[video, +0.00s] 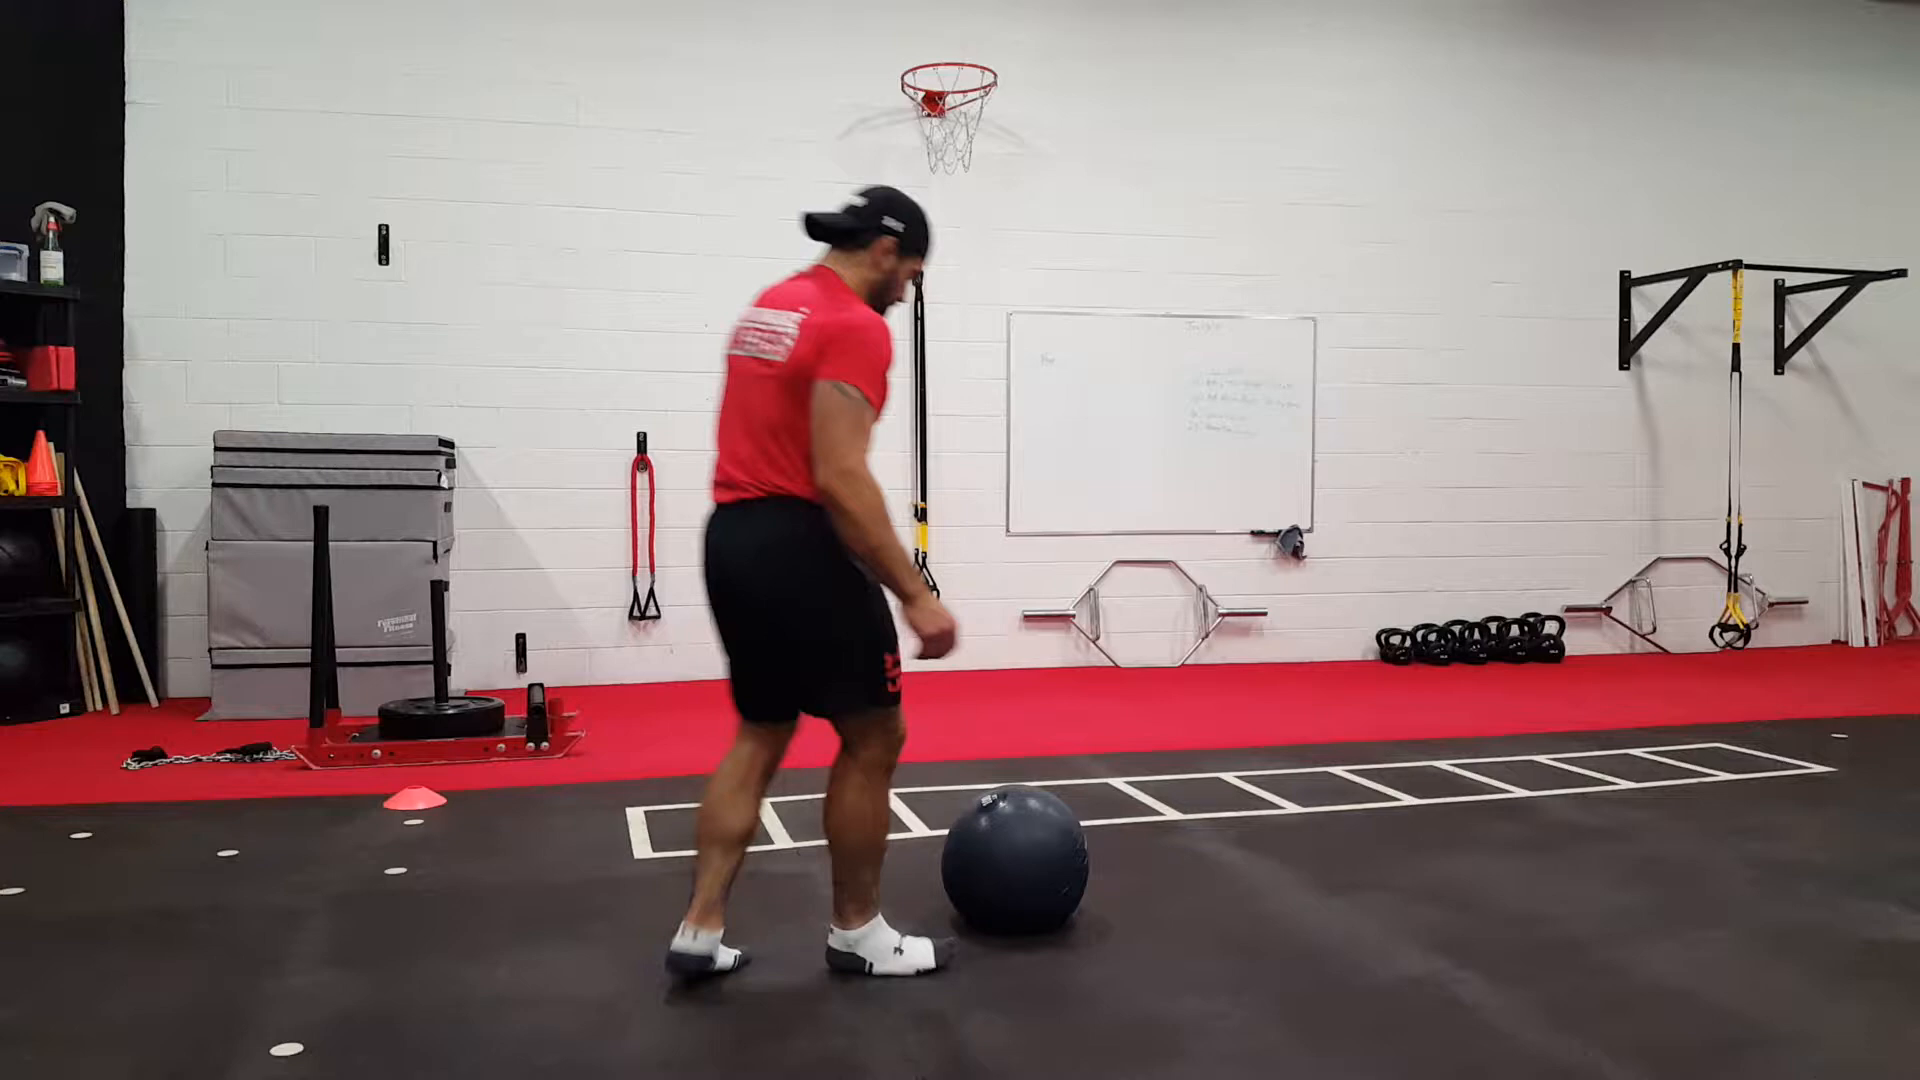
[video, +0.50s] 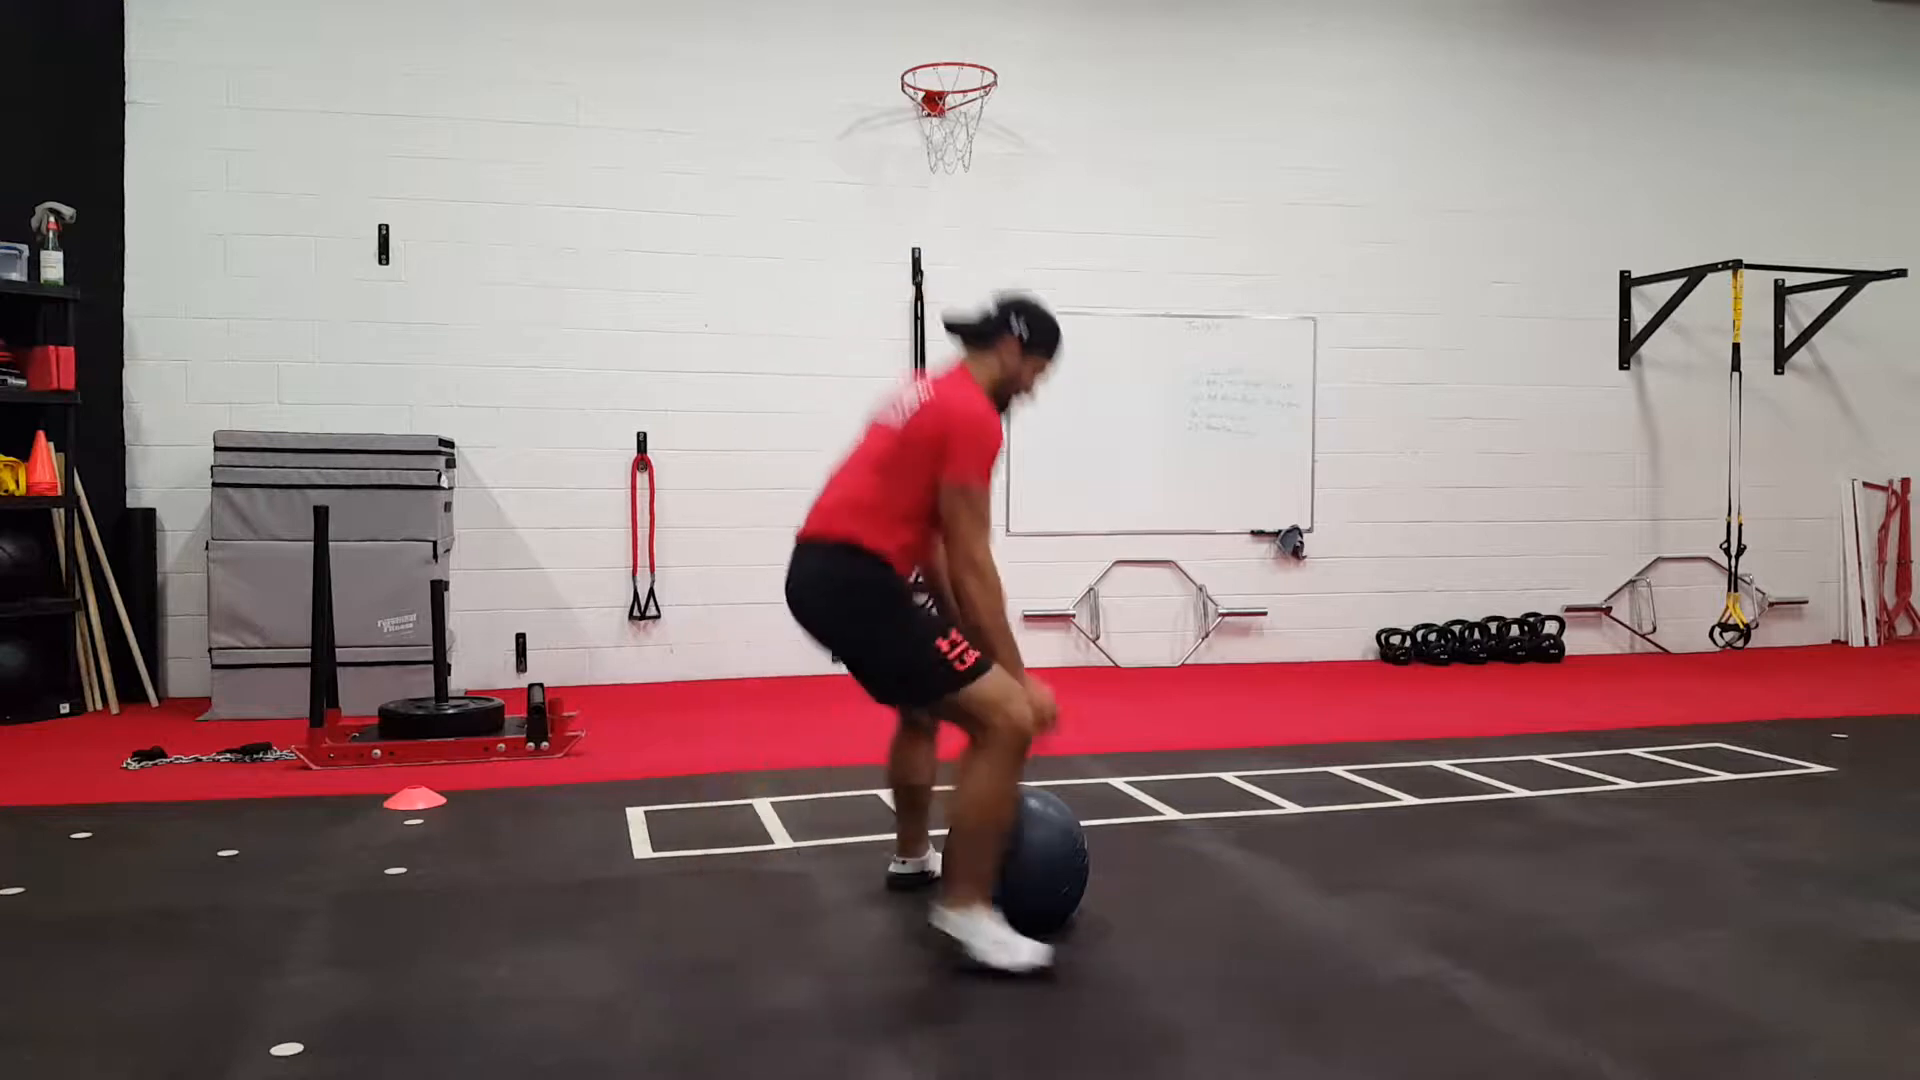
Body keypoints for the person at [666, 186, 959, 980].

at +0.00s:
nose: (908, 288)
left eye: (914, 275)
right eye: (910, 271)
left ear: (851, 244)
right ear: (882, 249)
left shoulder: (776, 301)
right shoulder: (853, 326)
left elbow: (763, 448)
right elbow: (839, 472)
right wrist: (915, 595)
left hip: (736, 538)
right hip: (806, 541)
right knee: (873, 735)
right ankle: (857, 927)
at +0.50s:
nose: (1036, 385)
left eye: (1041, 371)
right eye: (1038, 368)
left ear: (996, 341)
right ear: (1014, 345)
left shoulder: (933, 394)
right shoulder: (969, 413)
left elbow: (936, 557)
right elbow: (970, 561)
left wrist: (975, 653)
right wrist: (1016, 677)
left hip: (824, 569)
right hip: (858, 577)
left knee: (924, 708)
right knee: (1009, 717)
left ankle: (913, 853)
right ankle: (966, 906)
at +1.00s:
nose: (1091, 579)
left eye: (1096, 567)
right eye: (1094, 564)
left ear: (1046, 543)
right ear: (1069, 549)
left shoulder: (986, 581)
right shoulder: (1038, 620)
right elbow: (1026, 758)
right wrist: (1050, 886)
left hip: (852, 729)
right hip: (887, 746)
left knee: (966, 724)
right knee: (1074, 759)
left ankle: (919, 851)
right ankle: (996, 933)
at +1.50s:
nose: (1101, 552)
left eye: (1105, 540)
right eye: (1102, 537)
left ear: (1054, 525)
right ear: (1072, 528)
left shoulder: (1006, 562)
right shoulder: (1057, 593)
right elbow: (1033, 737)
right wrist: (1055, 845)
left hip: (863, 698)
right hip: (897, 712)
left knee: (980, 716)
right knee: (1074, 757)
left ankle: (923, 851)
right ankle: (996, 934)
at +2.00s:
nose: (1097, 558)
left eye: (1098, 546)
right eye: (1093, 544)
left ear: (1051, 539)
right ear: (1060, 541)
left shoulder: (1001, 579)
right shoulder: (1051, 606)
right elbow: (1007, 735)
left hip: (851, 708)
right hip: (879, 720)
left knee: (953, 721)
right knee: (1060, 752)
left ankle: (919, 854)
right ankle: (994, 933)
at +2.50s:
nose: (1038, 420)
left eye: (1035, 407)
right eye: (1031, 408)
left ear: (985, 417)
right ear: (998, 415)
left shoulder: (957, 474)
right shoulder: (1017, 490)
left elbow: (969, 611)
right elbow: (1021, 627)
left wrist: (1033, 659)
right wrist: (1060, 714)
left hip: (866, 641)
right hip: (905, 652)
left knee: (980, 698)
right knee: (1076, 755)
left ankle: (922, 849)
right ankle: (997, 931)